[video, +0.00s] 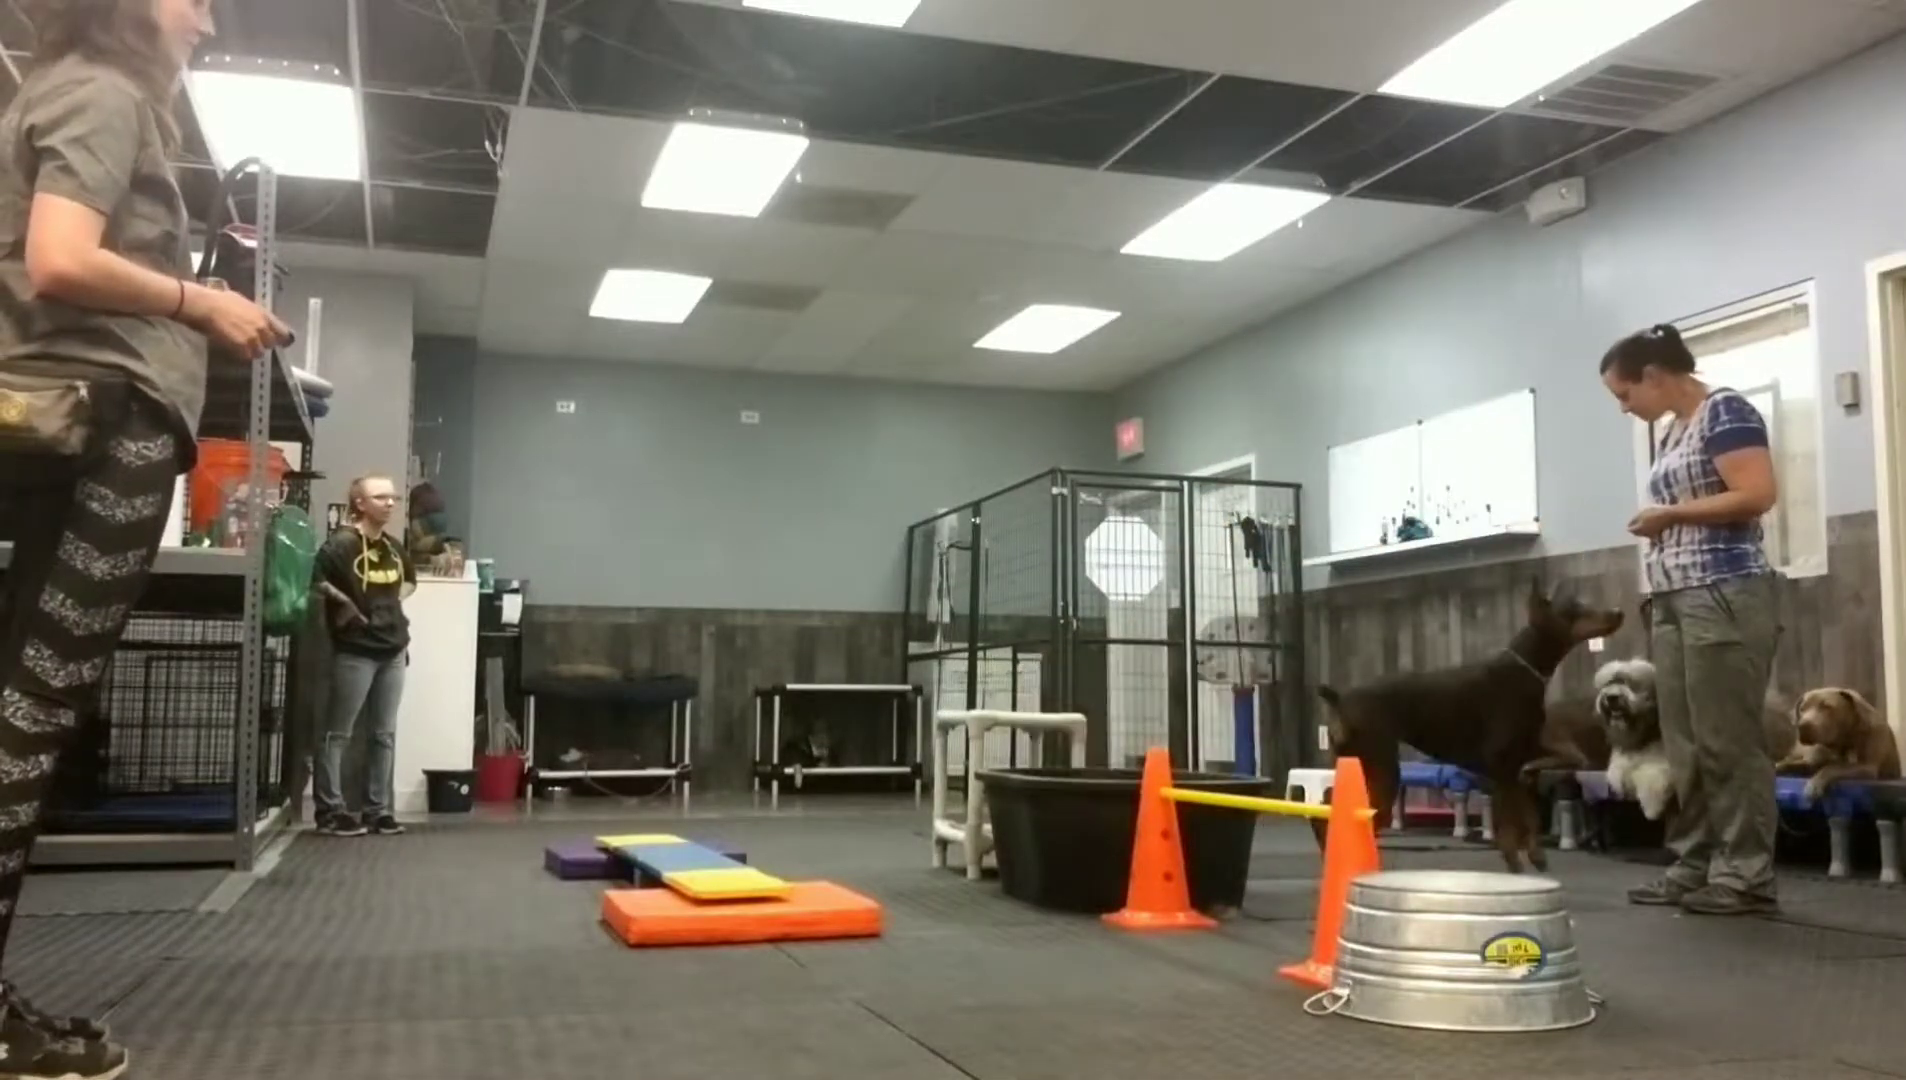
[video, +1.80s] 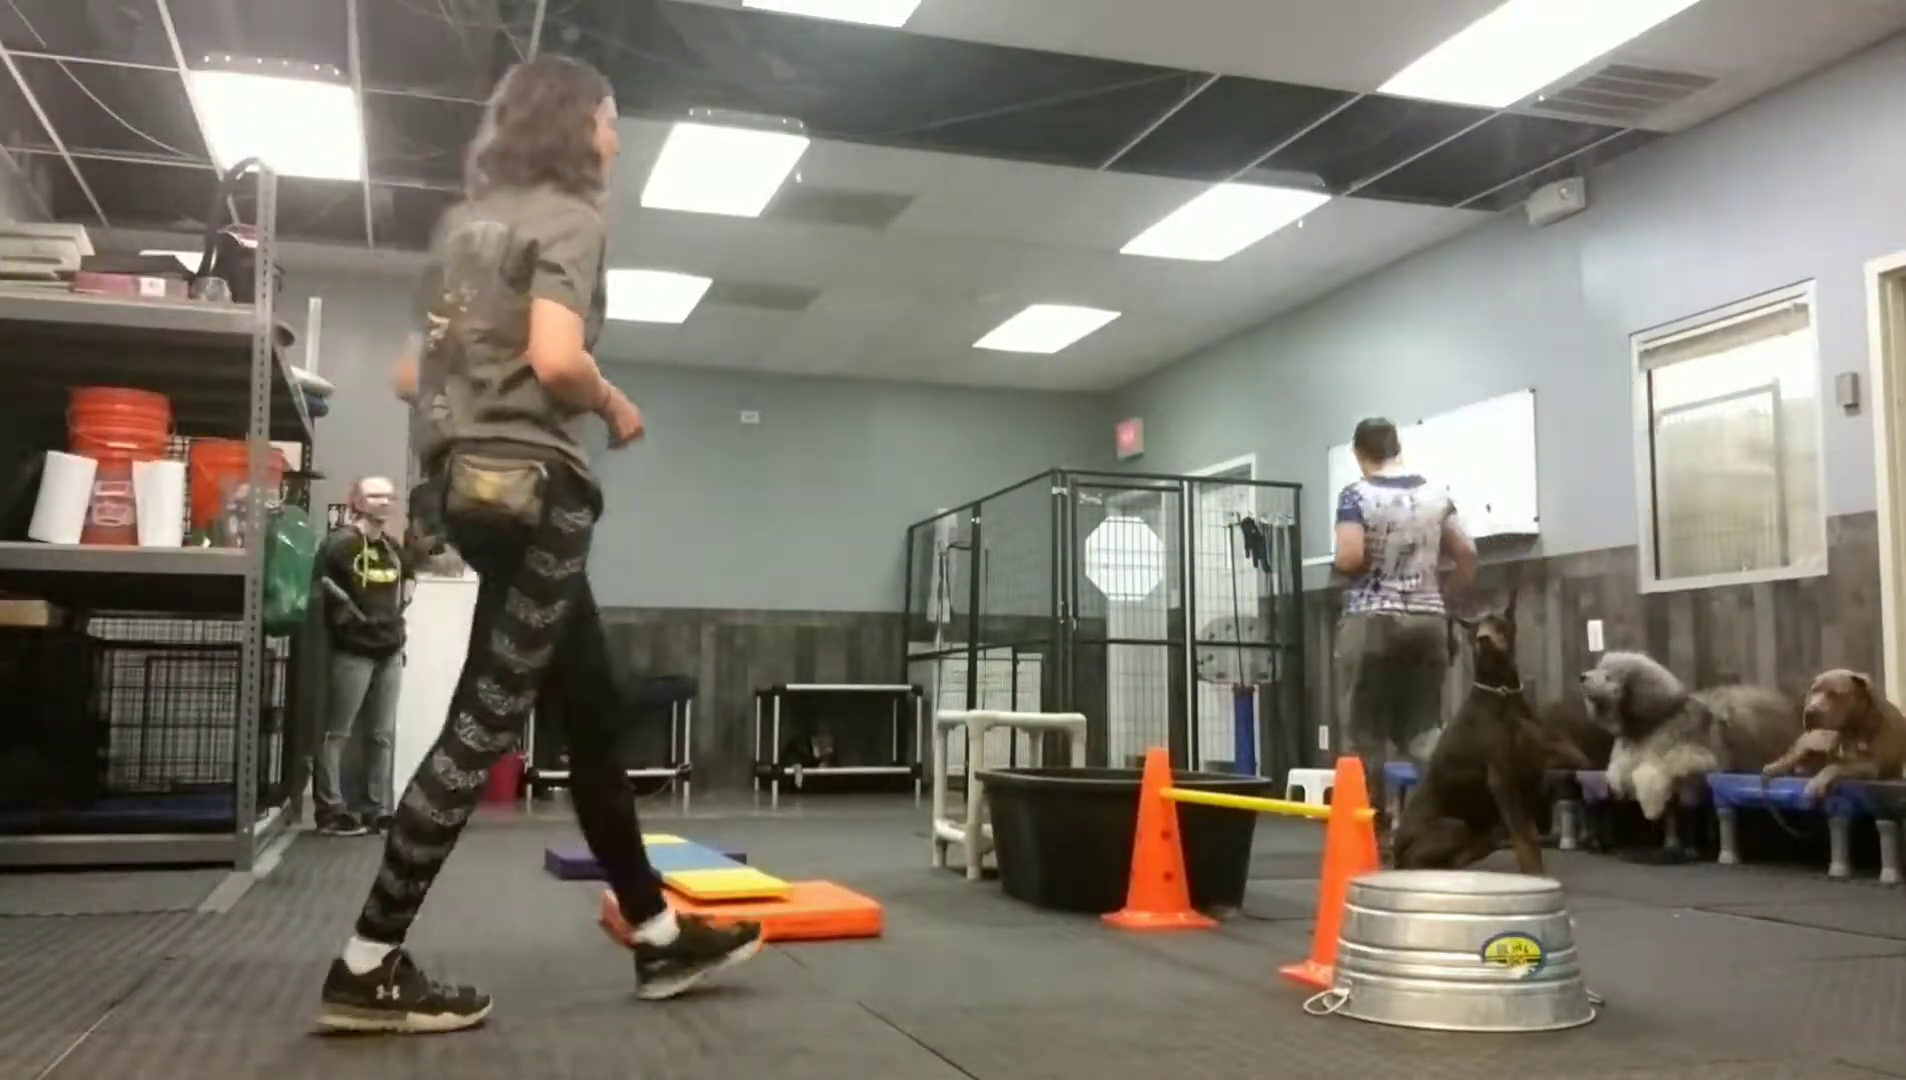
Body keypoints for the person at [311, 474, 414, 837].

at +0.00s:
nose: (390, 504)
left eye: (392, 498)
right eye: (381, 498)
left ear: (394, 504)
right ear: (359, 503)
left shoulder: (392, 546)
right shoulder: (340, 546)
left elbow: (406, 583)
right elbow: (316, 585)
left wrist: (396, 624)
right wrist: (347, 609)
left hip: (393, 649)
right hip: (355, 650)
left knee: (383, 734)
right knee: (339, 734)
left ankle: (378, 811)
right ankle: (330, 811)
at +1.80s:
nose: (385, 503)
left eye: (388, 497)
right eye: (376, 496)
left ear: (393, 503)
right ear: (356, 503)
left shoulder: (392, 548)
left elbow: (403, 595)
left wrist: (390, 622)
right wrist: (373, 627)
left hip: (389, 652)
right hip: (352, 651)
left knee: (382, 735)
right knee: (338, 733)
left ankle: (376, 808)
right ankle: (330, 809)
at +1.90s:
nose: (382, 505)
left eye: (385, 500)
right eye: (374, 499)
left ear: (388, 505)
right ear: (356, 503)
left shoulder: (386, 549)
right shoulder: (340, 541)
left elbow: (413, 582)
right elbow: (322, 580)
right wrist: (345, 604)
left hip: (389, 649)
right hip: (354, 648)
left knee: (382, 734)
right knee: (339, 733)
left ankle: (377, 809)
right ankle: (330, 810)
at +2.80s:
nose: (378, 512)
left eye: (384, 506)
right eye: (371, 505)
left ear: (389, 509)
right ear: (352, 507)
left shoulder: (388, 550)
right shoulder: (337, 543)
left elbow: (425, 563)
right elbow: (317, 579)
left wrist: (407, 538)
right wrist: (340, 600)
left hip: (390, 649)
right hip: (354, 648)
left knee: (383, 734)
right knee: (340, 734)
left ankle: (377, 810)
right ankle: (330, 810)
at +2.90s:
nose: (377, 505)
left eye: (382, 500)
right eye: (369, 499)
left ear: (389, 506)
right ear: (353, 504)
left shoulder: (387, 550)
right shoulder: (337, 545)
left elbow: (391, 597)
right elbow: (320, 591)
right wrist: (348, 618)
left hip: (390, 649)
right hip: (353, 649)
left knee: (382, 735)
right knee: (338, 734)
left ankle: (377, 811)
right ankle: (329, 810)